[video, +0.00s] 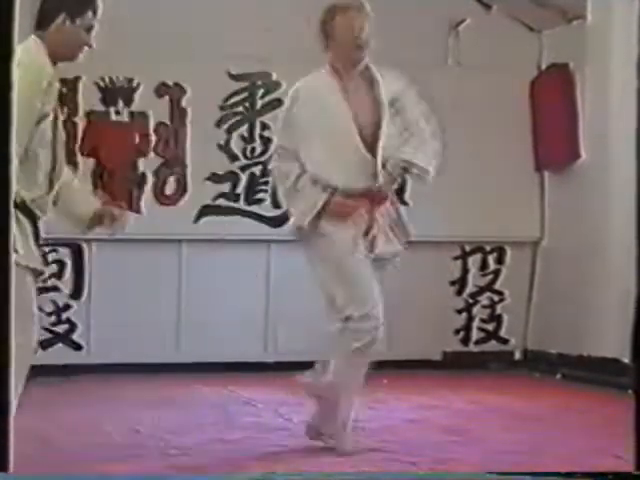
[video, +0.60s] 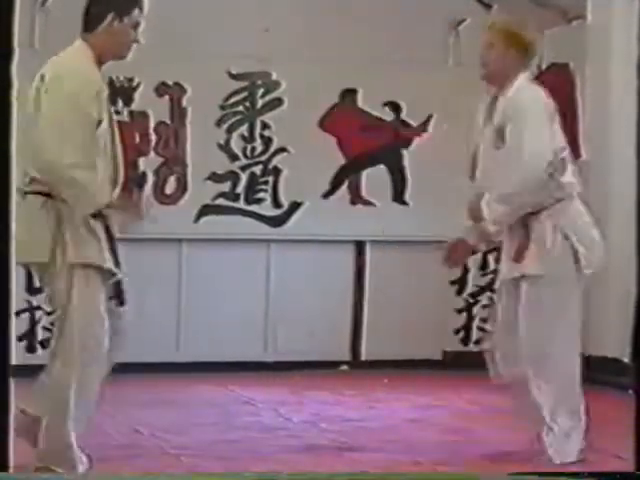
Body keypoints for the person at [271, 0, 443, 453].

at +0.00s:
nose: (362, 46)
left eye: (365, 38)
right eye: (352, 38)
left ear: (371, 37)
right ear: (328, 37)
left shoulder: (391, 86)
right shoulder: (305, 94)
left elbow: (423, 136)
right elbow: (284, 166)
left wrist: (398, 181)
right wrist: (327, 203)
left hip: (378, 219)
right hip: (329, 221)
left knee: (363, 323)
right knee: (365, 319)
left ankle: (330, 418)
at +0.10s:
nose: (377, 30)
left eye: (384, 20)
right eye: (367, 22)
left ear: (396, 25)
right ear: (353, 29)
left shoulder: (429, 80)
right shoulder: (334, 90)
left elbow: (466, 129)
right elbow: (312, 158)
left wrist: (434, 159)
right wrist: (336, 203)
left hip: (424, 212)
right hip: (368, 214)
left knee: (432, 313)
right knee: (392, 314)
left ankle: (385, 391)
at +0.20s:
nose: (393, 44)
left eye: (400, 36)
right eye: (385, 38)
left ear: (417, 40)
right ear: (374, 46)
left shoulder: (447, 92)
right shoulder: (357, 104)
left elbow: (489, 146)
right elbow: (339, 168)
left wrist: (454, 176)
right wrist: (352, 216)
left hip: (447, 225)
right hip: (392, 228)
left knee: (463, 321)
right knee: (412, 328)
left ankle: (453, 404)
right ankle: (453, 422)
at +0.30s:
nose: (411, 46)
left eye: (420, 38)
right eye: (407, 40)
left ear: (446, 45)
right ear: (403, 51)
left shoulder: (477, 92)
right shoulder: (396, 104)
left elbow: (511, 152)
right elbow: (384, 174)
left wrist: (461, 191)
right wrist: (383, 227)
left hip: (478, 235)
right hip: (427, 238)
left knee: (496, 330)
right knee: (433, 338)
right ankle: (452, 434)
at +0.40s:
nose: (426, 44)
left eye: (434, 36)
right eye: (424, 37)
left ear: (461, 38)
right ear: (426, 44)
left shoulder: (488, 82)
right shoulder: (421, 96)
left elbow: (521, 141)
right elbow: (415, 163)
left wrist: (473, 190)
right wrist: (424, 204)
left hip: (503, 228)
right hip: (459, 230)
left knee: (518, 327)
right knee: (449, 332)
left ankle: (569, 418)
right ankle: (450, 435)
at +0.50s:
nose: (458, 58)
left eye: (466, 49)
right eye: (456, 49)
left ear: (492, 49)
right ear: (464, 54)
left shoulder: (515, 94)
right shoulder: (475, 102)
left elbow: (538, 155)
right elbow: (476, 181)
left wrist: (492, 206)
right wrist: (457, 230)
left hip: (537, 237)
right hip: (495, 238)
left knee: (546, 339)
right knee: (475, 333)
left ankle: (567, 438)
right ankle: (488, 422)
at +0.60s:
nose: (482, 58)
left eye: (492, 49)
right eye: (483, 49)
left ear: (516, 55)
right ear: (494, 55)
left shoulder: (530, 100)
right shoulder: (492, 105)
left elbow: (539, 175)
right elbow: (491, 189)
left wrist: (492, 212)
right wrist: (470, 241)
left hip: (551, 234)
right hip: (521, 237)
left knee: (549, 342)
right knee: (513, 344)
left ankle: (565, 445)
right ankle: (554, 434)